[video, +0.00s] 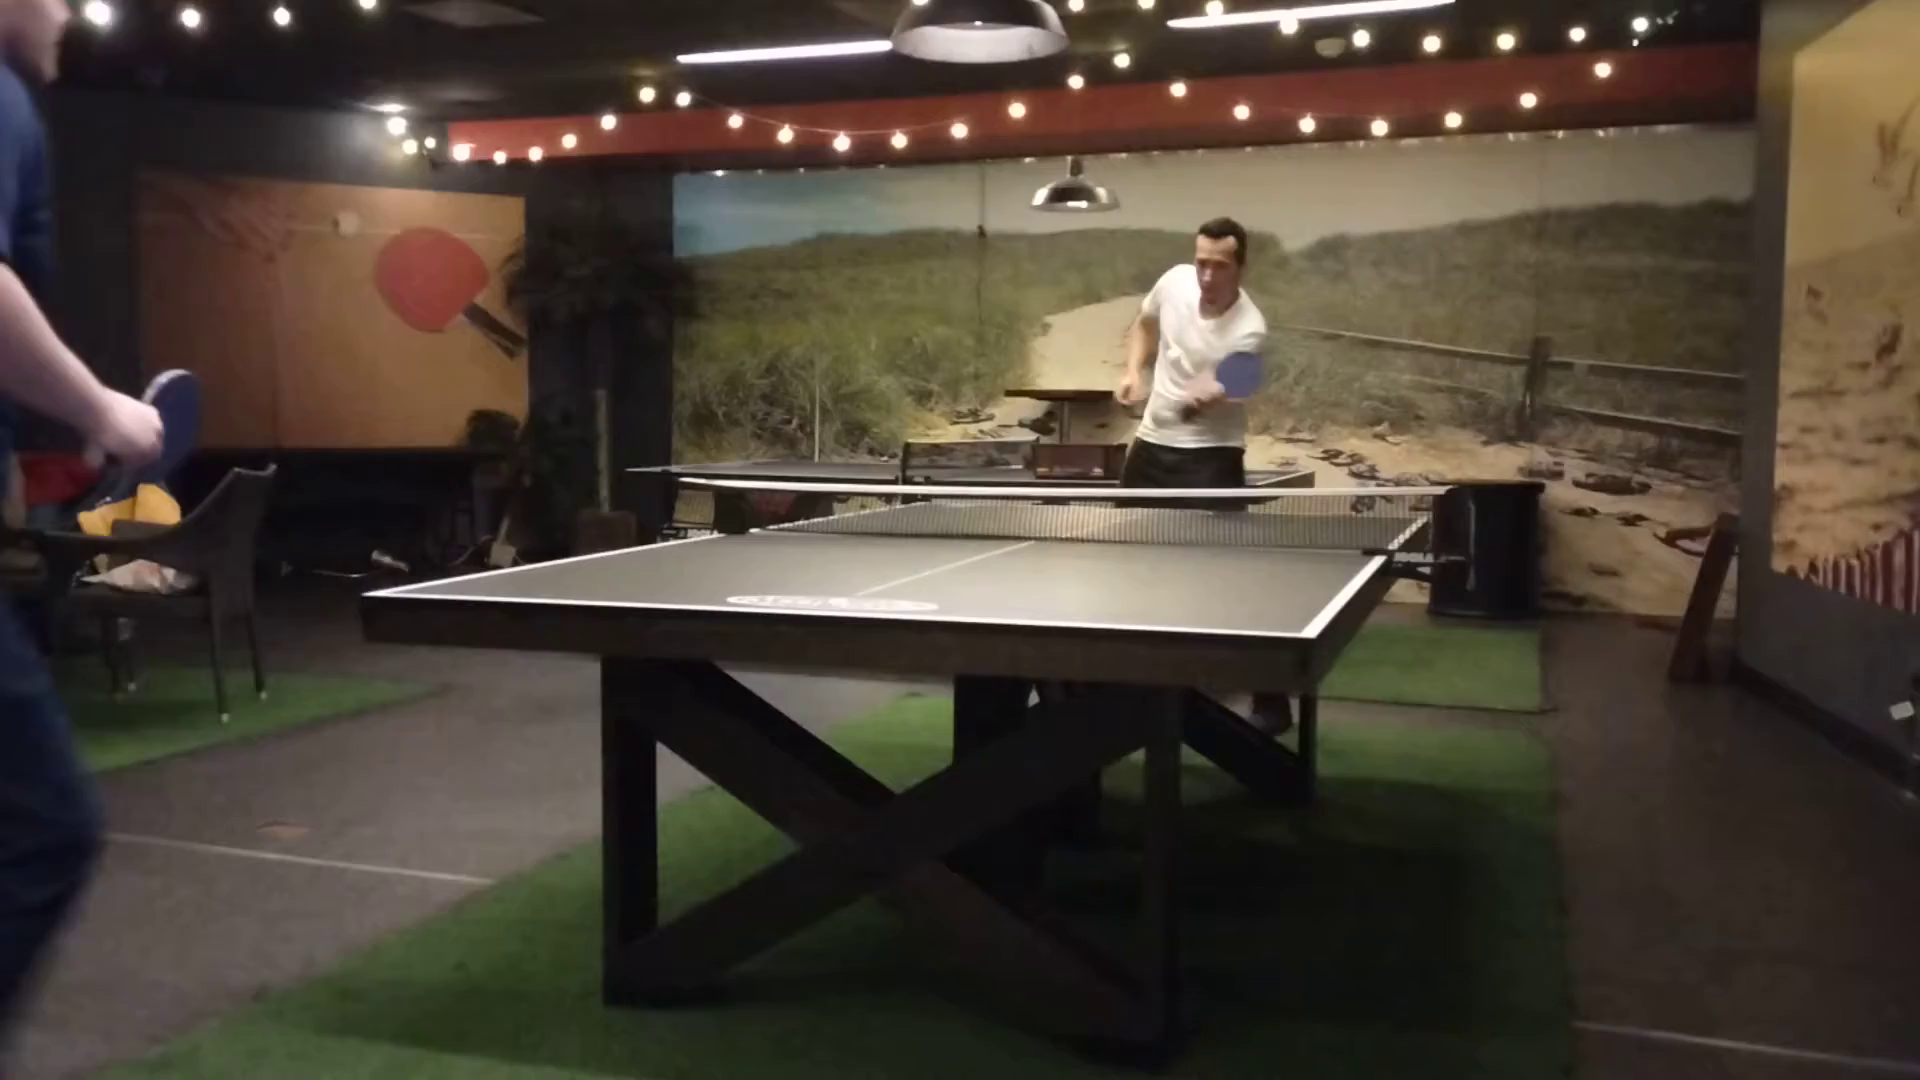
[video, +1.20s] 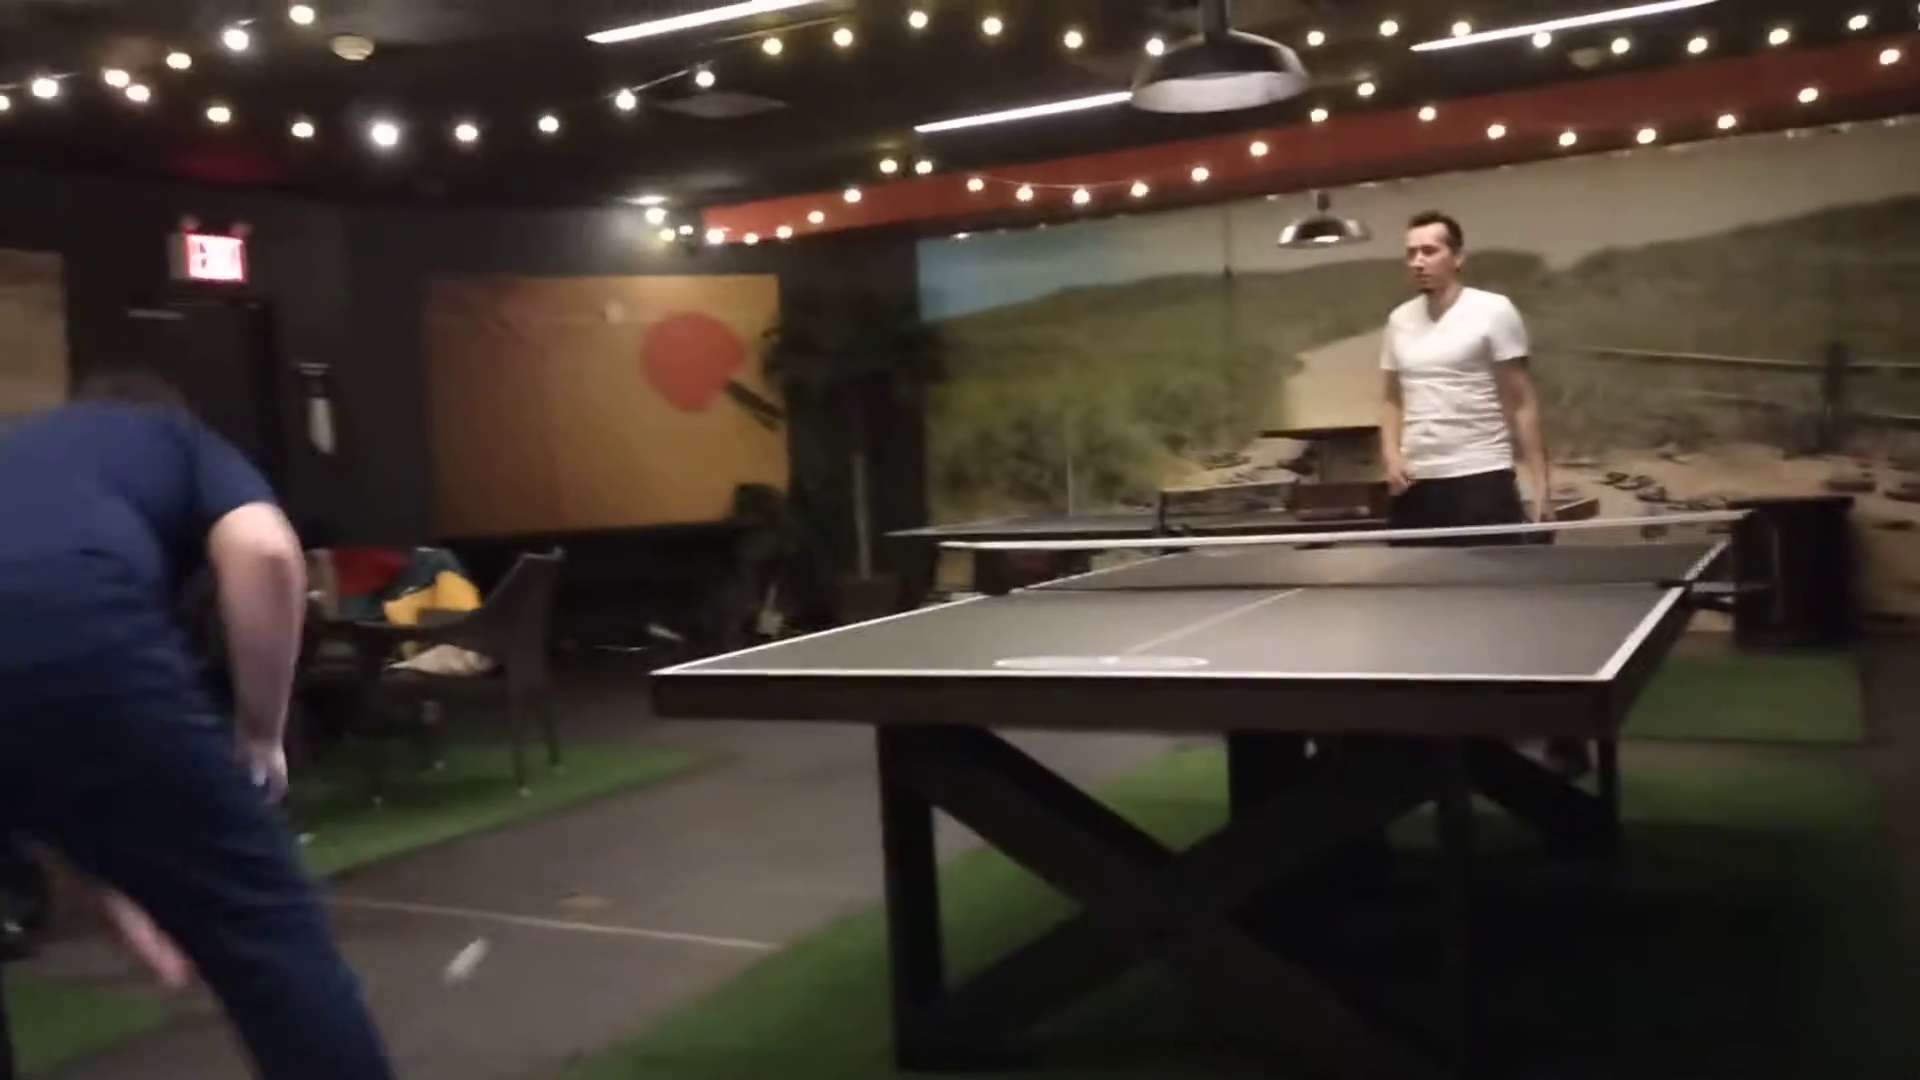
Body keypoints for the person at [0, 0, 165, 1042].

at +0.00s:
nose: (72, 17)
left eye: (73, 4)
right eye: (62, 0)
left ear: (17, 15)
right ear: (15, 8)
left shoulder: (17, 112)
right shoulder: (9, 106)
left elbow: (8, 309)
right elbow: (5, 290)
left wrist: (92, 412)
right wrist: (102, 409)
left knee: (49, 819)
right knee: (52, 821)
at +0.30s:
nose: (201, 37)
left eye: (201, 17)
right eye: (197, 13)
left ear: (39, 12)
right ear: (150, 14)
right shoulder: (137, 127)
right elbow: (163, 347)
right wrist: (252, 474)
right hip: (50, 583)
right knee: (169, 913)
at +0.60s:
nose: (107, 69)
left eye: (106, 47)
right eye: (103, 43)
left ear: (19, 44)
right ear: (63, 40)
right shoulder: (91, 145)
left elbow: (188, 377)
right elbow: (189, 376)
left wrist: (98, 501)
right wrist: (101, 500)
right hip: (30, 577)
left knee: (147, 905)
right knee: (150, 907)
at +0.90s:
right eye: (20, 165)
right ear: (11, 168)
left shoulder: (35, 263)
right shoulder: (29, 263)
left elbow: (113, 448)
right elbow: (114, 450)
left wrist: (53, 518)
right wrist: (47, 527)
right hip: (27, 640)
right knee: (155, 911)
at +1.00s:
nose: (109, 284)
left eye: (107, 274)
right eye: (104, 268)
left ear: (6, 260)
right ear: (72, 259)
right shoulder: (106, 322)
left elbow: (202, 484)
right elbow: (205, 485)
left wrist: (125, 625)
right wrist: (136, 628)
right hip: (50, 608)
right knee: (230, 923)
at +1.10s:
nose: (149, 362)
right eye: (139, 347)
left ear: (20, 350)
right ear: (115, 342)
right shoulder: (142, 380)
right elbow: (251, 519)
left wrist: (30, 823)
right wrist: (193, 696)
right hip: (85, 637)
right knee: (260, 926)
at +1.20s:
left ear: (83, 402)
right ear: (171, 412)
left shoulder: (17, 452)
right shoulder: (178, 438)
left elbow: (29, 725)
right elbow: (262, 550)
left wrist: (112, 892)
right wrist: (261, 736)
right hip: (76, 648)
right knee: (258, 919)